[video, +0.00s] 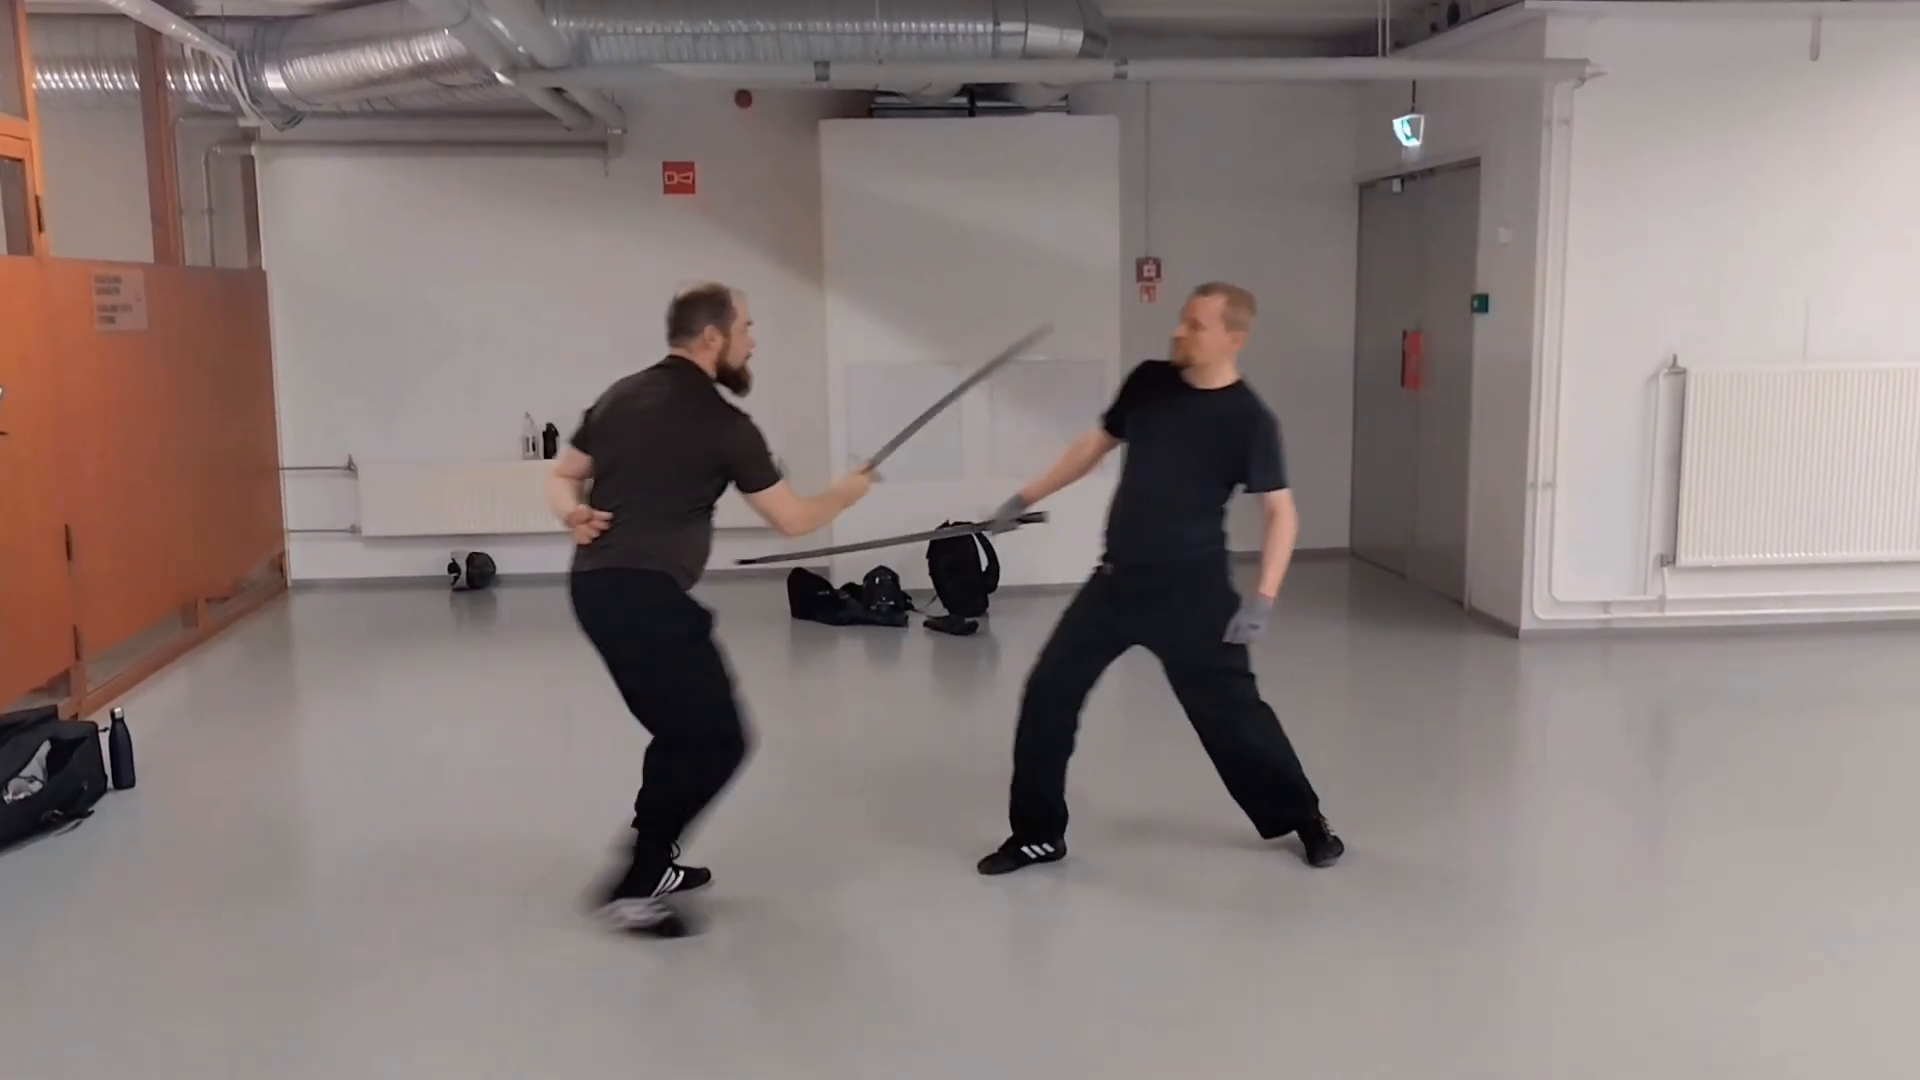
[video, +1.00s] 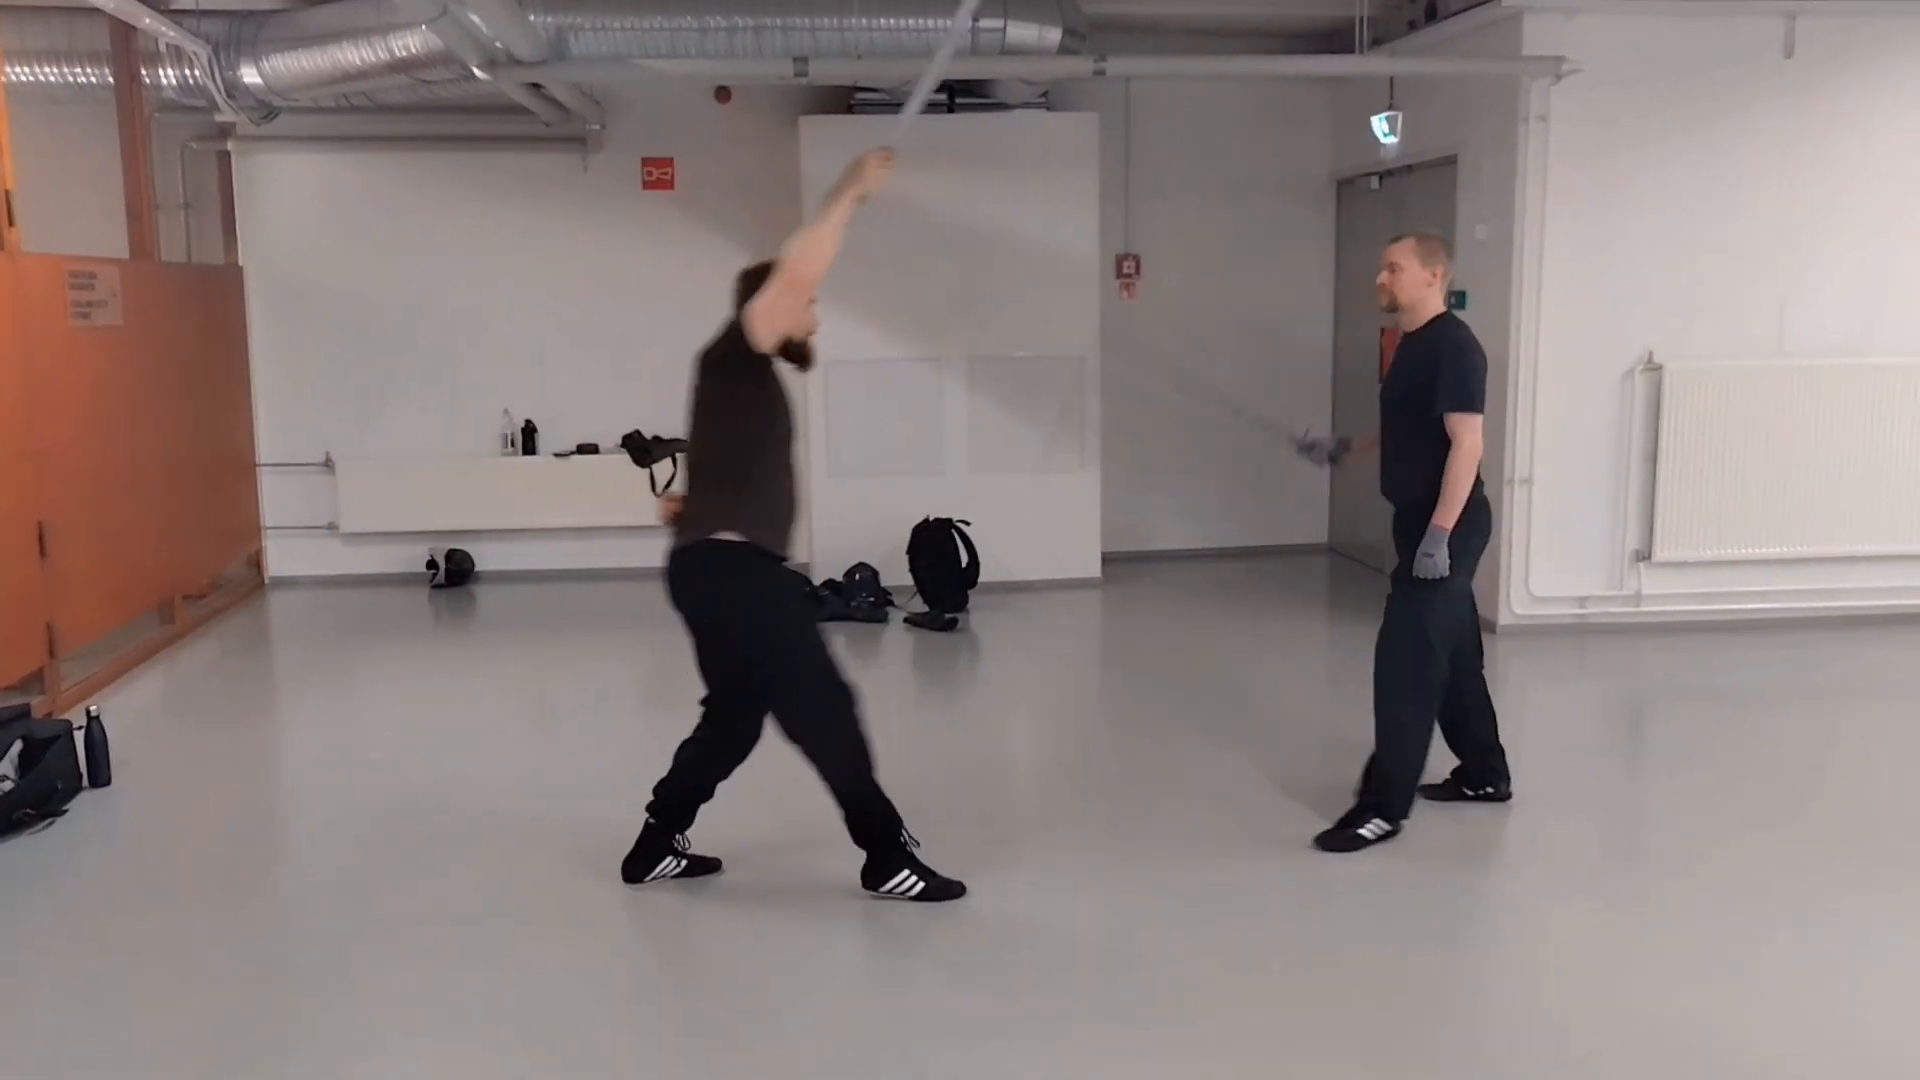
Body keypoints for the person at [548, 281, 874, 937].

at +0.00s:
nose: (751, 342)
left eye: (749, 329)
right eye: (744, 329)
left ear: (686, 338)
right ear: (713, 337)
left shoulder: (623, 397)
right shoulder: (722, 422)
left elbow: (561, 477)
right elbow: (792, 518)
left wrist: (573, 512)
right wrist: (845, 493)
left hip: (598, 586)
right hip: (651, 590)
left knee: (681, 728)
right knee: (720, 739)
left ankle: (648, 860)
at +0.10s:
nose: (771, 331)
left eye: (768, 317)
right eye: (763, 318)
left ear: (709, 328)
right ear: (730, 326)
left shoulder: (645, 390)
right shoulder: (736, 405)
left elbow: (595, 474)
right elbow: (826, 496)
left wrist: (603, 507)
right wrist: (884, 470)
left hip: (629, 579)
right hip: (686, 581)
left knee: (697, 720)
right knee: (784, 709)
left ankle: (653, 865)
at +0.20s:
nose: (790, 323)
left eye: (789, 310)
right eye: (783, 310)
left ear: (724, 318)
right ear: (749, 317)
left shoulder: (672, 385)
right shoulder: (754, 388)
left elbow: (635, 470)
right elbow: (852, 455)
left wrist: (636, 503)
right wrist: (929, 422)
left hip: (665, 577)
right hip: (721, 578)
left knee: (710, 724)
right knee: (821, 706)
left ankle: (652, 865)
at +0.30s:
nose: (819, 320)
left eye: (817, 306)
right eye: (811, 308)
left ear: (753, 318)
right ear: (776, 315)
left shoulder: (710, 383)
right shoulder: (779, 380)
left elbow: (676, 473)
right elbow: (881, 411)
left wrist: (678, 504)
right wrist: (956, 360)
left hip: (707, 577)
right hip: (763, 576)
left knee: (727, 728)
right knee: (856, 712)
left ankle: (654, 860)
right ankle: (902, 863)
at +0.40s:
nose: (852, 315)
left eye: (849, 302)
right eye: (844, 303)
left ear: (789, 315)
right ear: (812, 311)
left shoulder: (750, 382)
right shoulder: (810, 373)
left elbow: (730, 470)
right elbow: (906, 361)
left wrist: (719, 501)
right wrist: (971, 293)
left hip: (742, 580)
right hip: (797, 581)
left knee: (743, 726)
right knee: (890, 706)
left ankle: (653, 858)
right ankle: (904, 865)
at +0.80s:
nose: (878, 309)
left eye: (878, 299)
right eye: (872, 294)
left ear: (813, 301)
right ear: (845, 298)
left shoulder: (790, 371)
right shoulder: (825, 349)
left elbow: (790, 468)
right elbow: (895, 270)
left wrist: (758, 494)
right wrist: (930, 189)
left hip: (759, 565)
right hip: (807, 565)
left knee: (756, 713)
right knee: (899, 705)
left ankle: (666, 837)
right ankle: (900, 862)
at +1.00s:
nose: (814, 314)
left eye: (814, 301)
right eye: (804, 299)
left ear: (770, 304)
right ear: (769, 300)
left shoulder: (743, 374)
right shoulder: (738, 357)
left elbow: (732, 477)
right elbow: (796, 275)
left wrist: (691, 508)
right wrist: (848, 196)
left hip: (712, 567)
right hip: (737, 566)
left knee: (734, 718)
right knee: (825, 710)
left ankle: (654, 845)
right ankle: (888, 858)